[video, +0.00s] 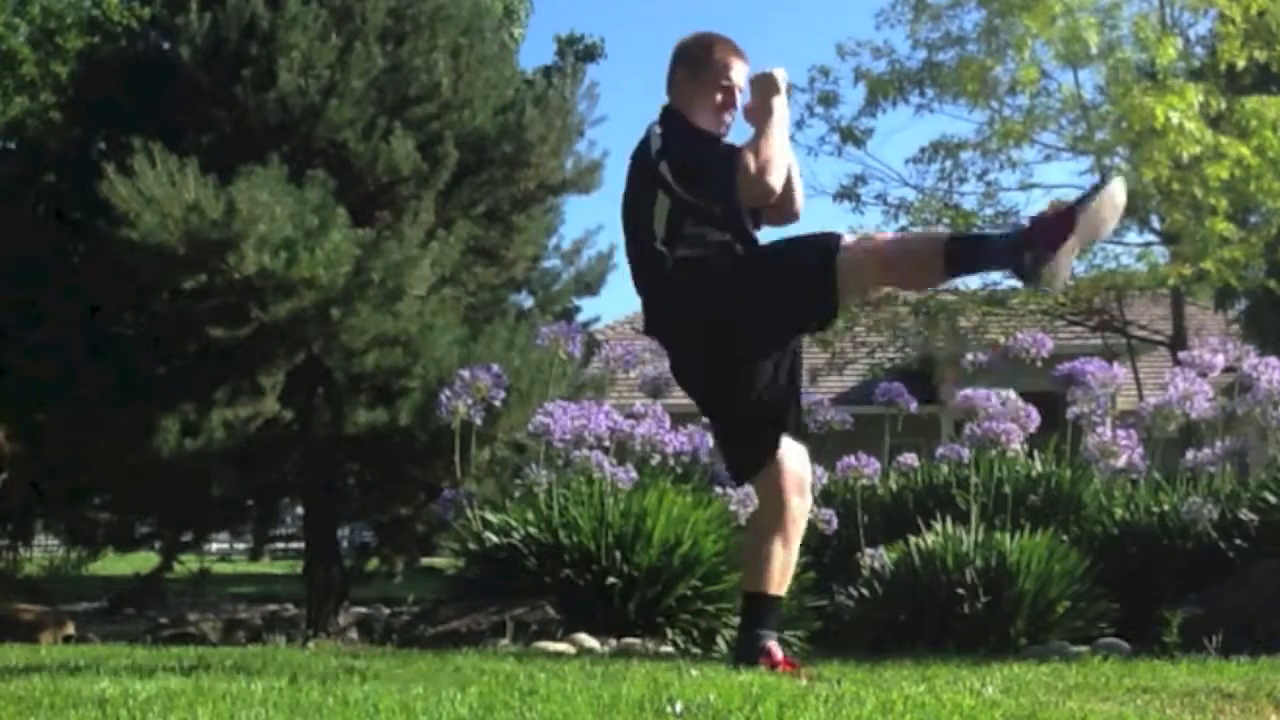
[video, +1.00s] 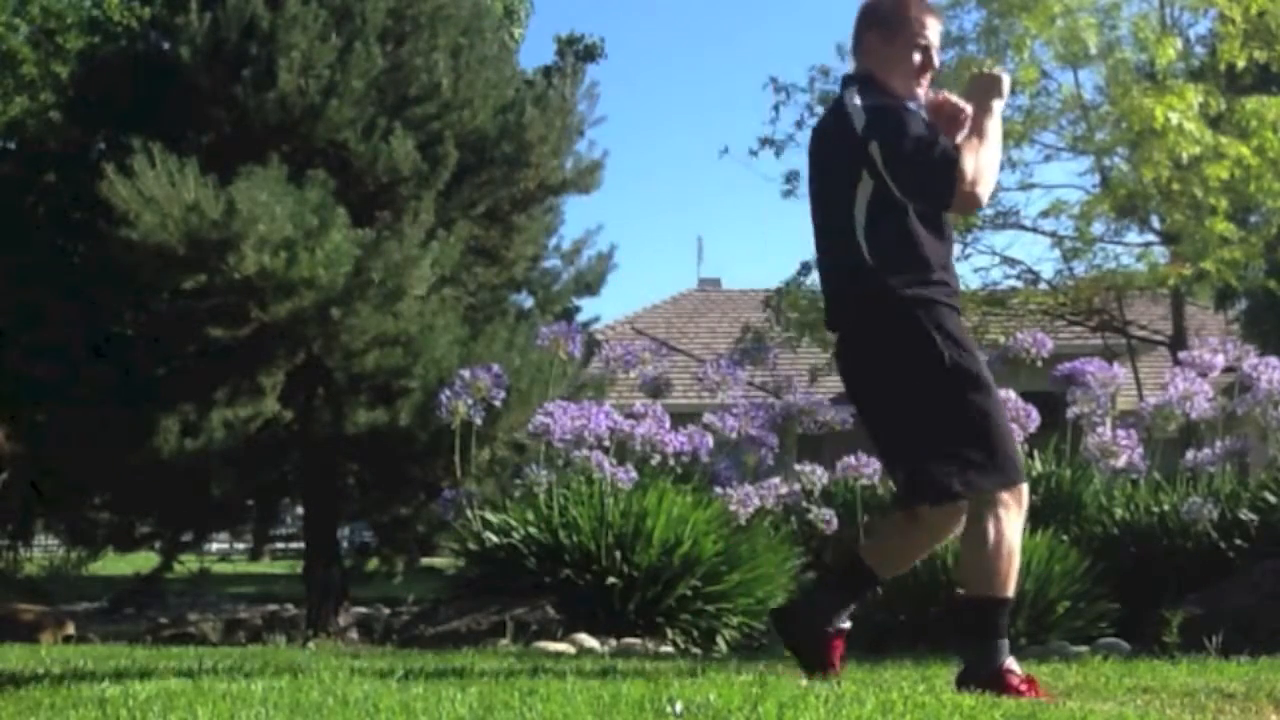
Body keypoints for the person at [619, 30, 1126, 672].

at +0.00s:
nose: (735, 101)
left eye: (738, 91)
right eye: (728, 87)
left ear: (718, 95)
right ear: (695, 83)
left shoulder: (702, 156)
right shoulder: (672, 143)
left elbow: (784, 210)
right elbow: (760, 179)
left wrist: (773, 127)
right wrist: (773, 109)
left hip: (706, 340)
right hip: (720, 299)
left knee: (787, 486)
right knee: (874, 259)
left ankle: (756, 644)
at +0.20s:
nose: (777, 102)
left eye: (777, 92)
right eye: (769, 89)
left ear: (720, 92)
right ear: (734, 88)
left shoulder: (711, 158)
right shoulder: (729, 146)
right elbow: (828, 200)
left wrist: (805, 148)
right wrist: (835, 121)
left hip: (769, 352)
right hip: (790, 312)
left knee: (833, 512)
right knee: (943, 237)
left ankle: (765, 644)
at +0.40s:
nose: (813, 90)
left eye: (816, 79)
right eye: (800, 76)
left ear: (758, 90)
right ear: (756, 80)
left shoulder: (728, 168)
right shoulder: (795, 138)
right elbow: (890, 184)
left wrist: (837, 139)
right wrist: (883, 112)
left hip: (798, 351)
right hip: (855, 326)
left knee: (849, 519)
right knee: (967, 445)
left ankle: (767, 645)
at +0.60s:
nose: (899, 69)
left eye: (901, 57)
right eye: (886, 56)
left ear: (852, 63)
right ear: (839, 56)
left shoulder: (829, 123)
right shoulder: (845, 125)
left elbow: (906, 200)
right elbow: (940, 194)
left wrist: (914, 134)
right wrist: (950, 119)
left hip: (855, 334)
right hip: (887, 328)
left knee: (878, 513)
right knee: (954, 489)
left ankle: (772, 644)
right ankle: (980, 663)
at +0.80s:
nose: (940, 56)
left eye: (946, 44)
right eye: (924, 41)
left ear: (947, 49)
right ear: (879, 42)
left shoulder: (868, 111)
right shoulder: (883, 112)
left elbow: (954, 200)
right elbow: (958, 188)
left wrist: (964, 118)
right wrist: (984, 113)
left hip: (872, 324)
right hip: (911, 319)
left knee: (905, 504)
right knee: (986, 484)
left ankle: (786, 633)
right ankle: (985, 665)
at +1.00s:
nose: (928, 57)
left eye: (933, 47)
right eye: (914, 42)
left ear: (935, 53)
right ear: (868, 42)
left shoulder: (846, 119)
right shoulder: (879, 117)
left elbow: (927, 199)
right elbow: (970, 189)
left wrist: (949, 133)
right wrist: (991, 111)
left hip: (873, 331)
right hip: (915, 323)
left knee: (941, 501)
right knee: (1002, 487)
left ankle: (815, 614)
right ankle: (987, 663)